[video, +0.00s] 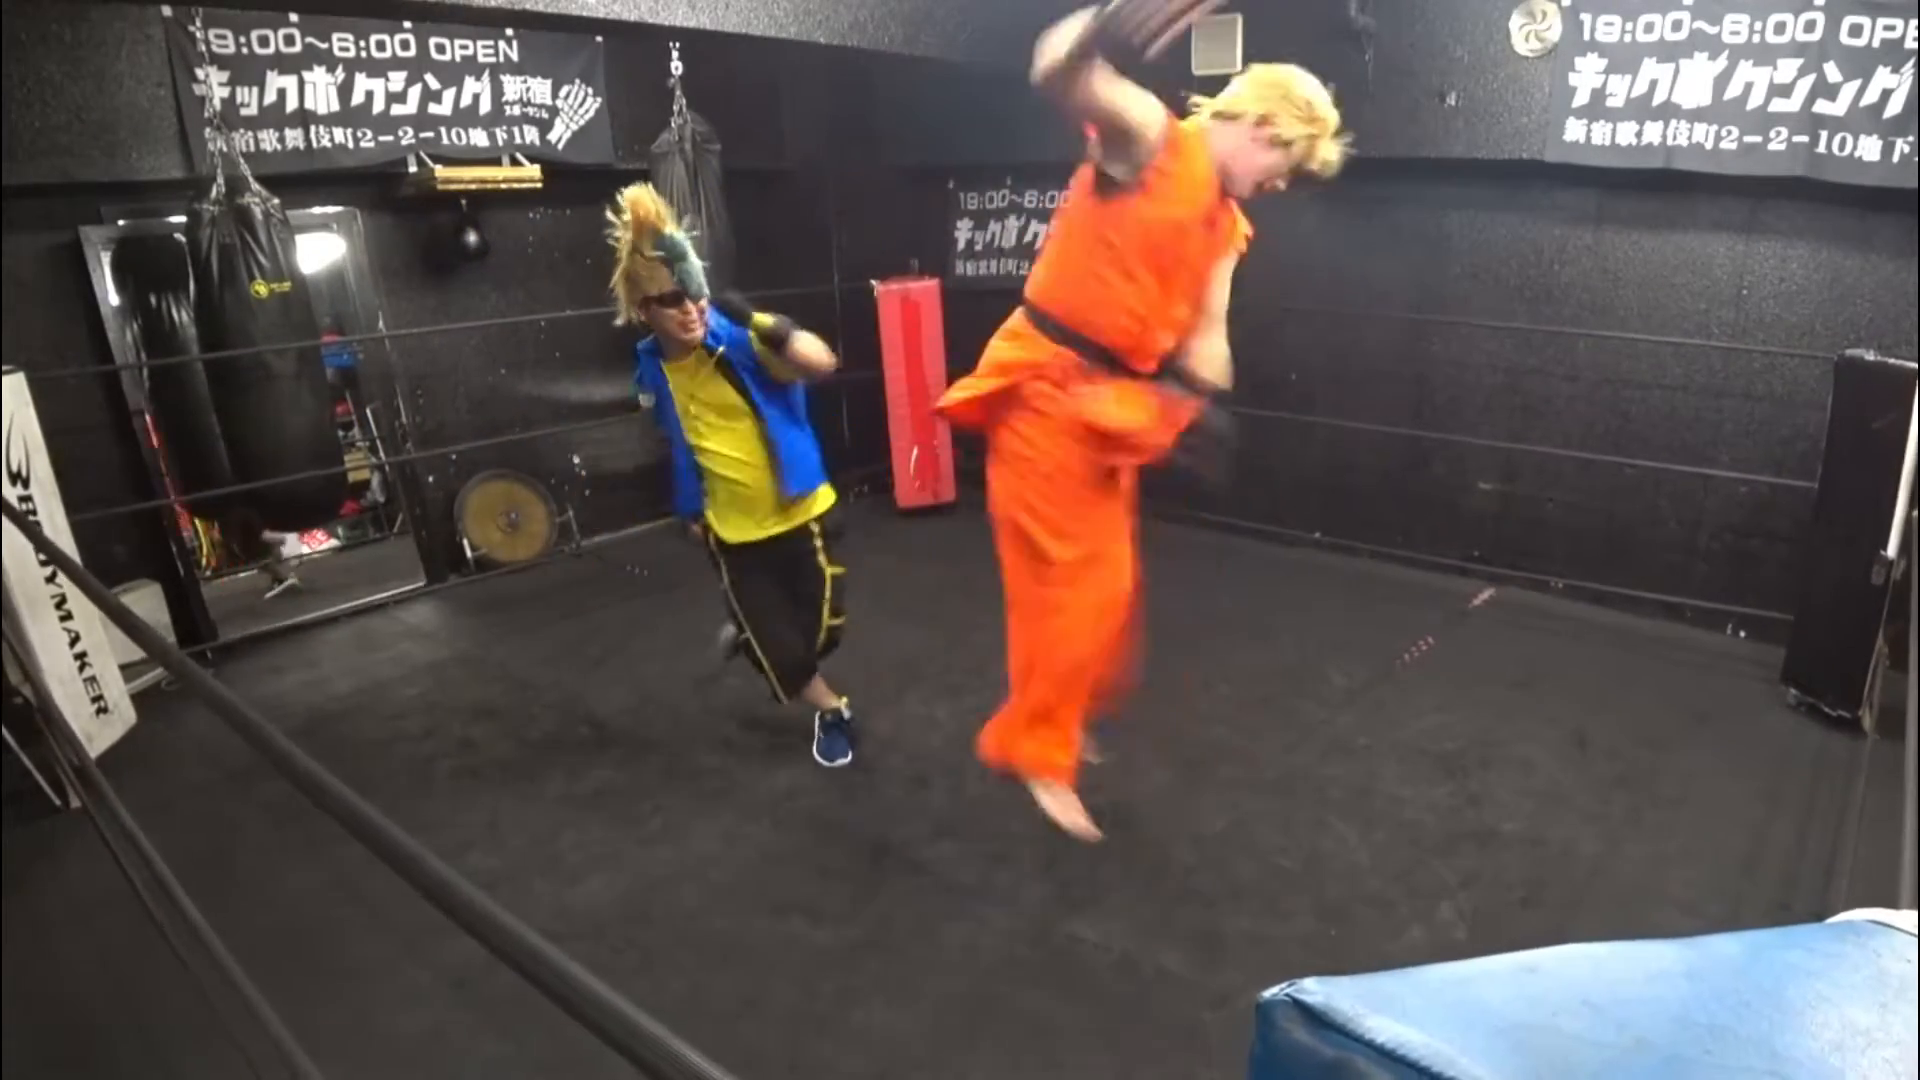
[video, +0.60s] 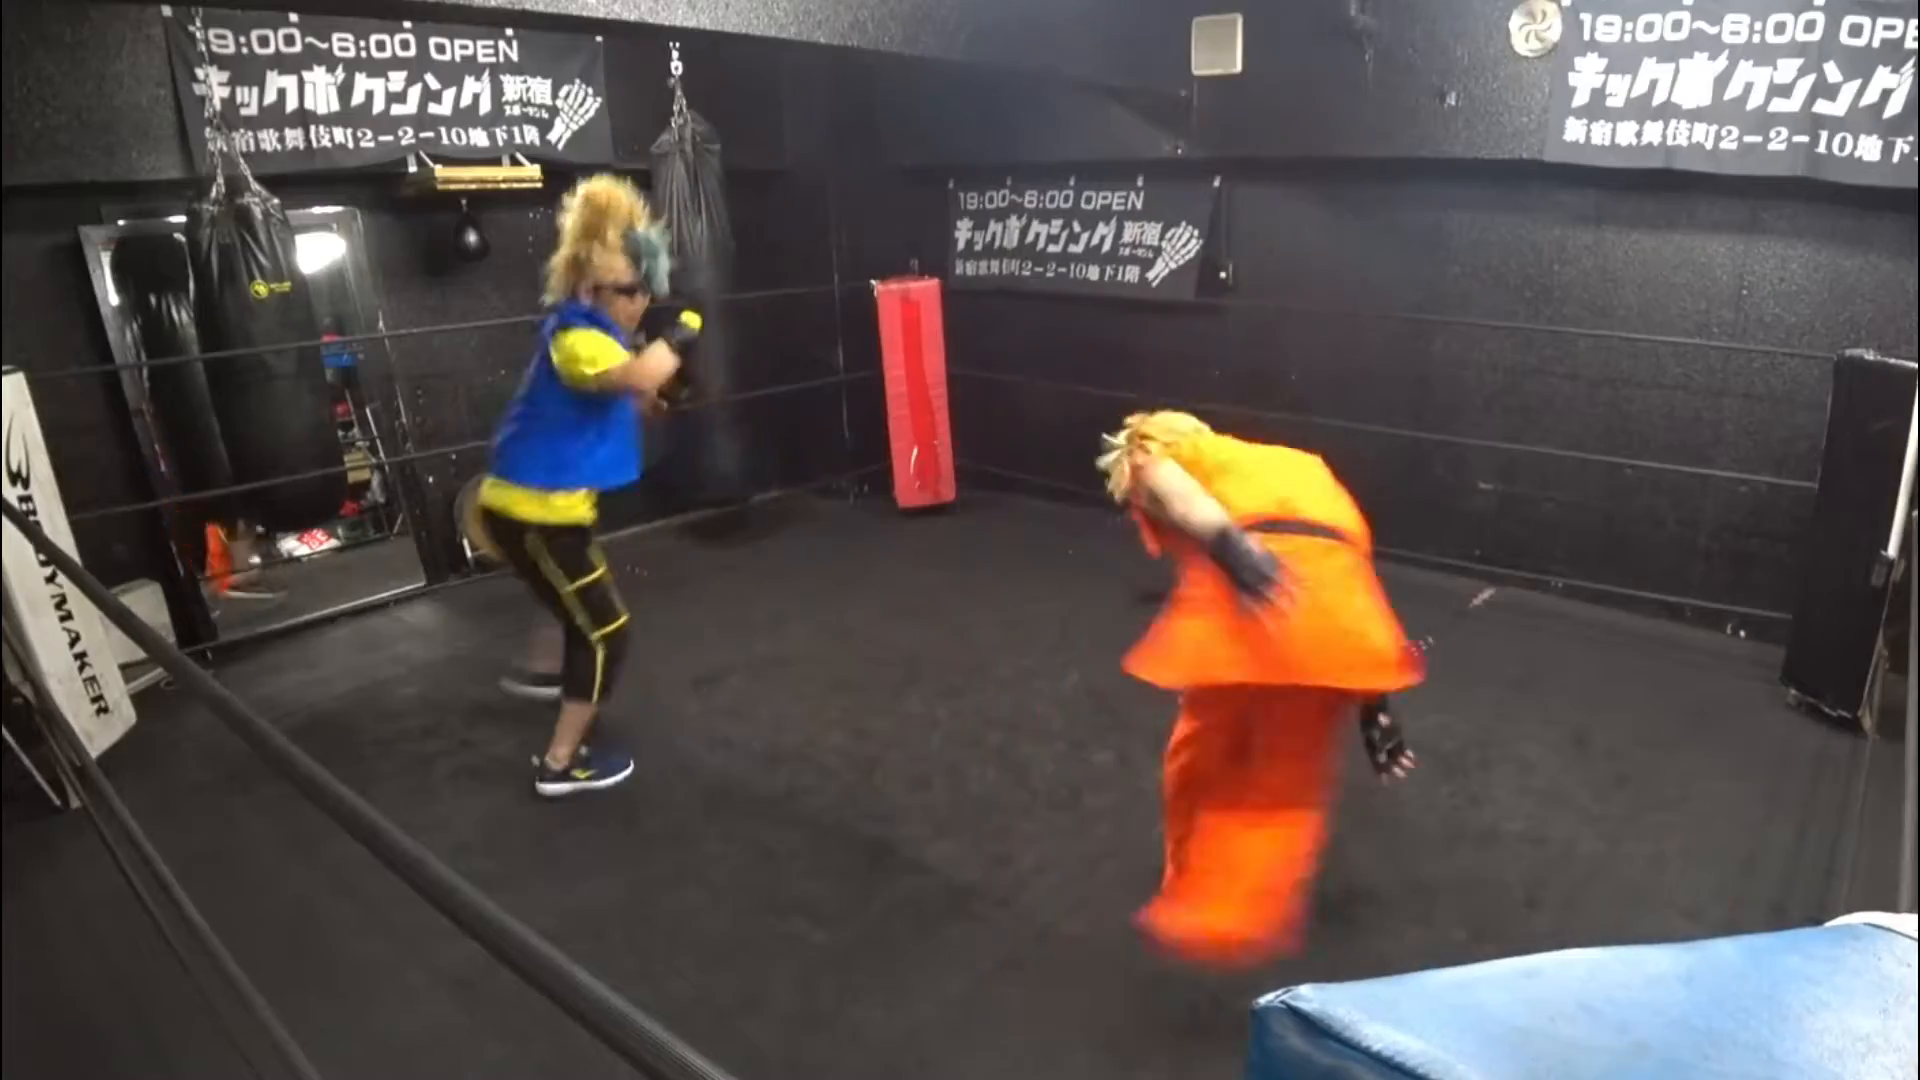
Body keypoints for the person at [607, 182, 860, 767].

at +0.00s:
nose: (689, 309)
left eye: (694, 296)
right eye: (672, 301)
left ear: (705, 294)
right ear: (643, 312)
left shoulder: (739, 335)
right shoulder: (652, 368)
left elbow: (823, 362)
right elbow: (677, 442)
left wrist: (765, 328)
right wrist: (691, 508)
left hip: (803, 513)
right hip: (734, 533)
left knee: (824, 637)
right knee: (782, 653)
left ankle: (753, 646)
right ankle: (833, 710)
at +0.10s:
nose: (671, 302)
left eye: (676, 288)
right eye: (655, 293)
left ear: (694, 291)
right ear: (639, 305)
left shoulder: (737, 331)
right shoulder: (648, 361)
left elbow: (771, 374)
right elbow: (658, 425)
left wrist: (712, 331)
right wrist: (659, 474)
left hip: (780, 514)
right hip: (715, 530)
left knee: (796, 646)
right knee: (775, 647)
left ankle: (707, 636)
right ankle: (829, 709)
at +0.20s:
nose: (643, 298)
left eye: (654, 282)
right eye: (630, 288)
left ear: (682, 280)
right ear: (621, 294)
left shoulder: (726, 332)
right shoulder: (625, 352)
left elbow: (738, 389)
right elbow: (618, 419)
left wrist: (687, 335)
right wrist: (619, 450)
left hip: (749, 508)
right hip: (685, 521)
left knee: (765, 619)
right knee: (756, 624)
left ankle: (679, 668)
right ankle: (826, 710)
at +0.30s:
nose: (665, 288)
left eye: (671, 274)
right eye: (649, 278)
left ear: (683, 275)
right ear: (617, 285)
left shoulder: (711, 333)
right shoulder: (590, 348)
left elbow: (738, 393)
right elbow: (572, 421)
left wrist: (689, 337)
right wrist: (599, 432)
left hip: (713, 501)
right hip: (649, 512)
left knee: (714, 610)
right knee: (731, 615)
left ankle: (650, 683)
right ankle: (805, 723)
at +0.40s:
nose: (657, 282)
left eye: (661, 269)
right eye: (641, 271)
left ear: (669, 272)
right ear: (608, 278)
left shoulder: (673, 328)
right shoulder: (584, 336)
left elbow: (725, 396)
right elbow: (578, 419)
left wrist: (714, 355)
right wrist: (633, 384)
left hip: (665, 495)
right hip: (608, 501)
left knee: (677, 586)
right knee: (689, 595)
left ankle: (652, 683)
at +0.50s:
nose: (648, 276)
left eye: (652, 263)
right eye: (632, 264)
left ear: (658, 264)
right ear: (596, 268)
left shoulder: (638, 324)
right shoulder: (578, 321)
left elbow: (680, 391)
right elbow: (619, 378)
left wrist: (691, 368)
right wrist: (667, 347)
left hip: (606, 489)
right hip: (566, 493)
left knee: (635, 594)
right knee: (642, 600)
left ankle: (637, 684)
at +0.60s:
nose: (642, 310)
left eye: (645, 298)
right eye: (632, 297)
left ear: (635, 292)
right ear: (600, 291)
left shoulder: (592, 329)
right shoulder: (578, 337)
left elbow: (618, 391)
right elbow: (637, 377)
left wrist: (654, 395)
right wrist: (678, 333)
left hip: (528, 504)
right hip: (538, 514)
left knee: (571, 595)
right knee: (604, 632)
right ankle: (562, 759)